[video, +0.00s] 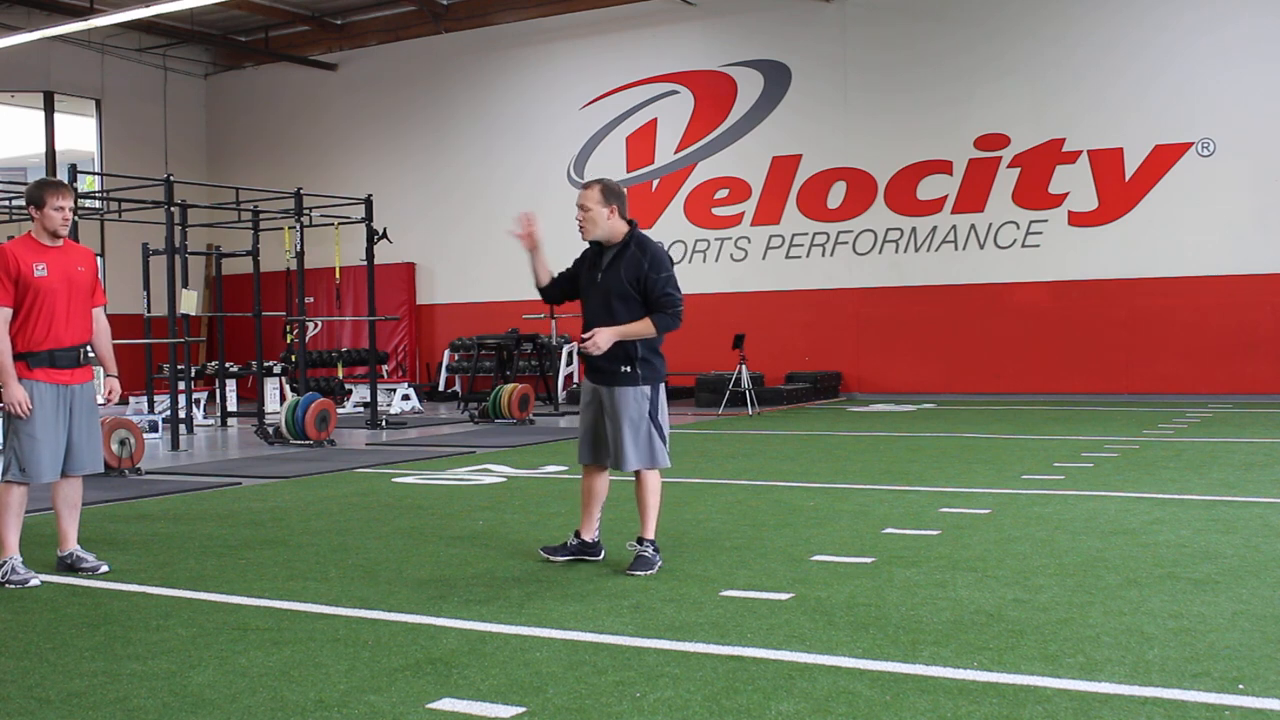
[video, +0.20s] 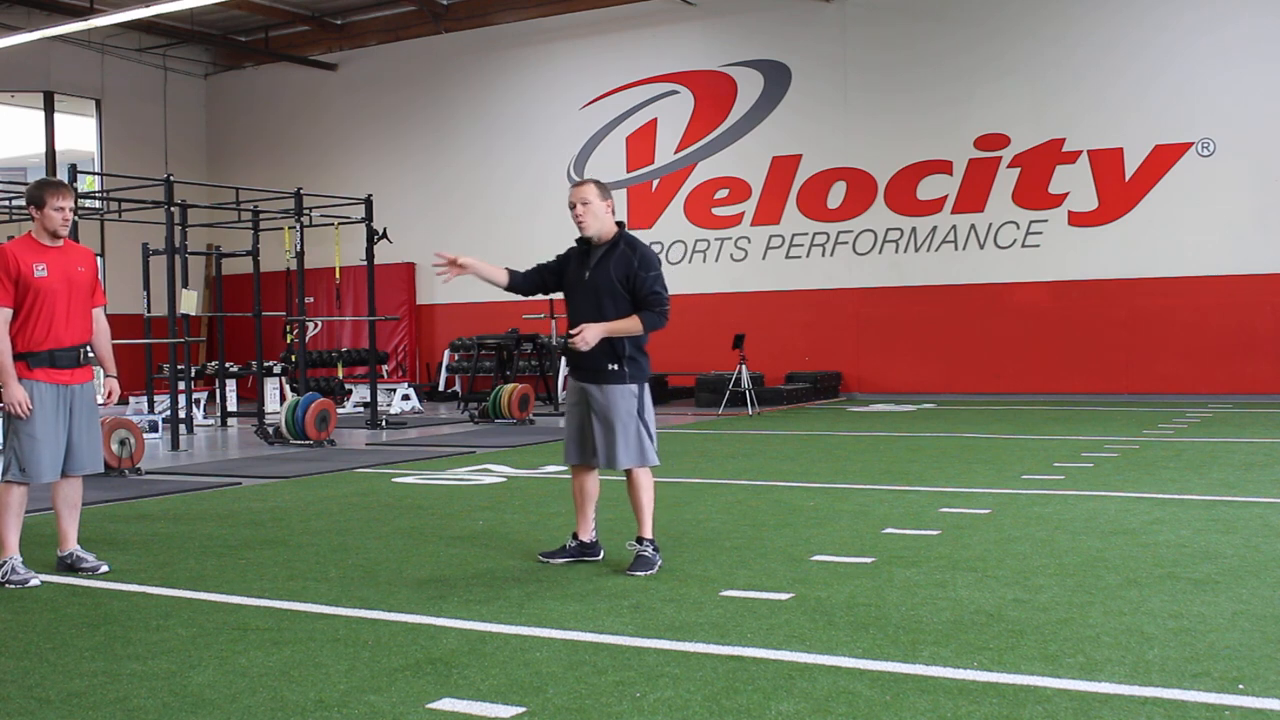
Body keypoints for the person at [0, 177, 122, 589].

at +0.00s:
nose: (66, 215)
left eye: (69, 209)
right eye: (57, 208)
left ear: (73, 212)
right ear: (35, 211)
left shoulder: (85, 257)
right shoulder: (12, 255)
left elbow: (98, 319)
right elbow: (1, 325)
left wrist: (111, 371)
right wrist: (8, 382)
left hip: (78, 377)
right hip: (30, 378)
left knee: (72, 466)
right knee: (19, 473)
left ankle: (69, 551)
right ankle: (10, 559)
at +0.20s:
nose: (66, 216)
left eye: (70, 209)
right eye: (58, 209)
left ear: (73, 212)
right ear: (35, 212)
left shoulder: (85, 257)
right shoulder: (12, 255)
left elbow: (98, 320)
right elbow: (1, 326)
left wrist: (111, 371)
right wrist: (9, 382)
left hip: (78, 377)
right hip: (31, 378)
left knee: (73, 467)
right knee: (19, 473)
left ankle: (69, 551)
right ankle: (10, 559)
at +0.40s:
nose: (66, 216)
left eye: (70, 209)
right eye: (58, 209)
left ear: (73, 212)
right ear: (35, 212)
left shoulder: (85, 257)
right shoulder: (12, 255)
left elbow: (97, 320)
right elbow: (1, 326)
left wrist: (110, 371)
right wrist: (9, 382)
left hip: (78, 377)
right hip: (30, 378)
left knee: (73, 467)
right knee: (19, 473)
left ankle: (69, 551)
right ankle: (10, 559)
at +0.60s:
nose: (66, 216)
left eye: (70, 210)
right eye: (58, 209)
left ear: (73, 212)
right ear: (36, 212)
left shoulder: (85, 257)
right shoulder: (12, 255)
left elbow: (97, 320)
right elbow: (2, 326)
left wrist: (110, 372)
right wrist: (9, 382)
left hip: (78, 377)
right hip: (31, 378)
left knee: (72, 467)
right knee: (19, 473)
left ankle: (69, 551)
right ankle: (10, 559)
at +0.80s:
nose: (66, 217)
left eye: (70, 210)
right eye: (58, 210)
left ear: (73, 212)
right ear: (35, 212)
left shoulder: (85, 257)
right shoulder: (12, 255)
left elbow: (97, 320)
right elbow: (1, 326)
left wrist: (110, 372)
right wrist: (9, 383)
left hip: (79, 377)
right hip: (31, 378)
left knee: (73, 466)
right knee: (19, 473)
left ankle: (69, 550)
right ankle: (9, 560)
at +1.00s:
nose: (65, 217)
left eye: (69, 210)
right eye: (57, 210)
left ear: (73, 212)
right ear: (34, 211)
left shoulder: (85, 257)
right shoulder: (11, 255)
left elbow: (97, 320)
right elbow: (1, 326)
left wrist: (110, 372)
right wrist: (9, 383)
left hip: (78, 377)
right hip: (30, 378)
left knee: (73, 466)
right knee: (19, 473)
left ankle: (69, 550)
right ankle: (9, 560)